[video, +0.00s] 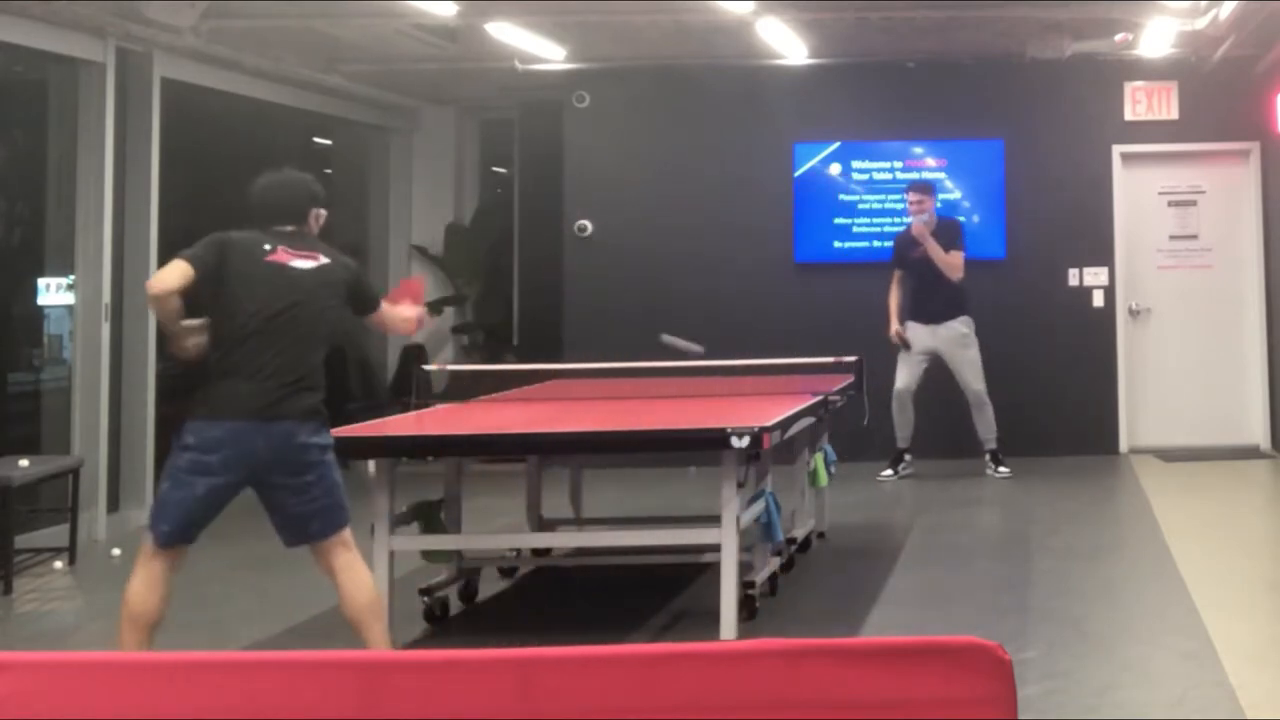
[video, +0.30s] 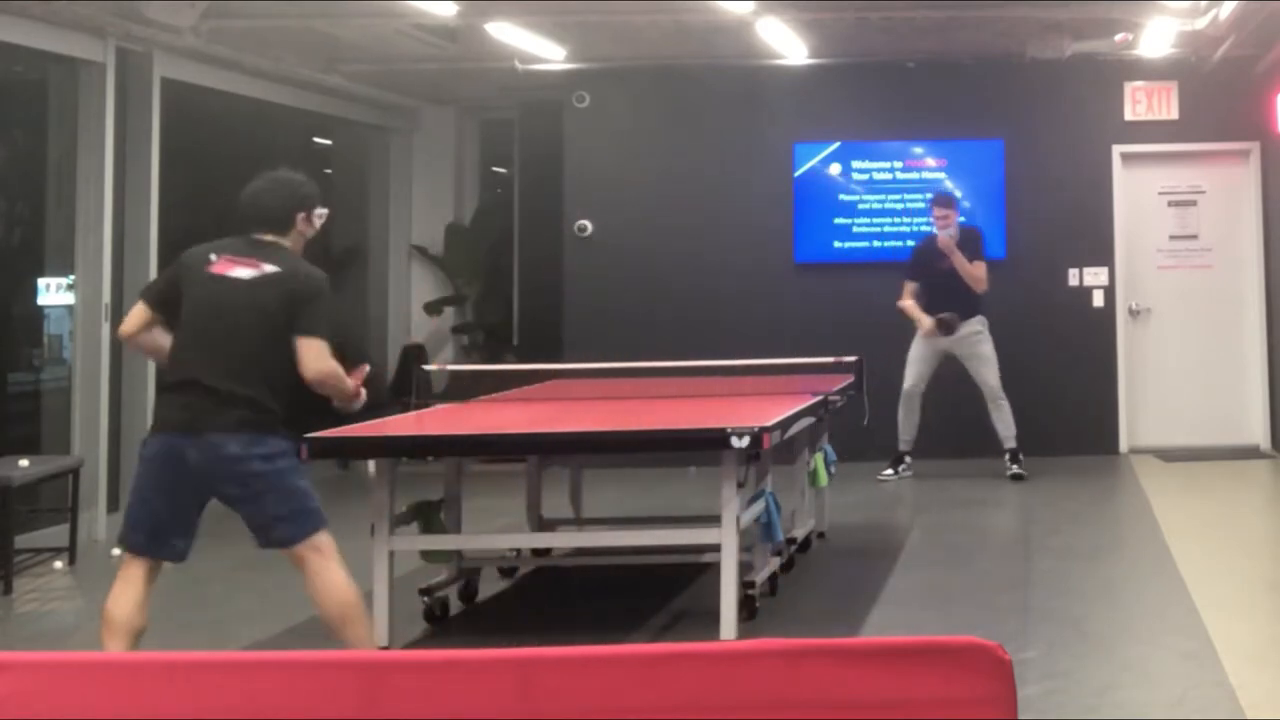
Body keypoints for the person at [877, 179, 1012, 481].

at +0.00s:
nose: (915, 208)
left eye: (920, 203)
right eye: (911, 204)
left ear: (933, 203)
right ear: (907, 205)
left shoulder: (950, 228)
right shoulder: (903, 240)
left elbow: (956, 271)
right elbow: (897, 282)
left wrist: (926, 238)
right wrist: (894, 321)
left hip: (955, 326)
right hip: (916, 328)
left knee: (977, 390)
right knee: (902, 389)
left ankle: (992, 454)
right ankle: (902, 454)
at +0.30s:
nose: (941, 223)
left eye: (946, 218)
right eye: (937, 218)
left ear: (956, 215)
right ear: (931, 217)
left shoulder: (972, 238)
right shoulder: (923, 249)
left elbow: (981, 284)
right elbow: (906, 299)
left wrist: (953, 252)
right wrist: (923, 319)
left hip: (970, 329)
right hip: (931, 331)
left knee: (993, 388)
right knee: (911, 388)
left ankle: (1013, 454)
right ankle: (903, 457)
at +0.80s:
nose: (956, 215)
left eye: (961, 209)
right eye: (951, 209)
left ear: (970, 209)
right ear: (944, 209)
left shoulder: (981, 237)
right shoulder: (932, 240)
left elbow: (983, 279)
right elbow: (909, 288)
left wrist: (964, 241)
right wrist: (928, 299)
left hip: (968, 328)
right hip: (928, 329)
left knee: (992, 386)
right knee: (900, 387)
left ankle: (1012, 455)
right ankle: (874, 454)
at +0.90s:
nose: (933, 218)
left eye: (938, 212)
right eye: (929, 213)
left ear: (948, 211)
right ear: (924, 213)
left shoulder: (962, 241)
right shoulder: (914, 247)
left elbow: (964, 283)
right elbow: (894, 293)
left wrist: (944, 245)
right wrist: (902, 309)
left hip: (958, 335)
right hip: (918, 336)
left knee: (986, 392)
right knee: (885, 390)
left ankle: (1010, 454)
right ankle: (854, 453)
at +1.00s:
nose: (901, 220)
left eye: (906, 214)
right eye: (897, 215)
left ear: (915, 214)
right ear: (892, 216)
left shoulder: (933, 245)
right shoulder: (888, 253)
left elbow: (947, 290)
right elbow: (867, 292)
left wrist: (919, 257)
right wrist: (870, 316)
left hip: (940, 341)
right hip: (900, 342)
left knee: (971, 397)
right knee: (865, 394)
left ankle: (1007, 456)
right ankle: (843, 460)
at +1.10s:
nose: (861, 218)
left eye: (866, 212)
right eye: (857, 213)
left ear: (877, 212)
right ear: (853, 216)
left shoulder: (899, 244)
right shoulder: (849, 253)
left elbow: (929, 286)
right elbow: (837, 291)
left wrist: (894, 278)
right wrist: (837, 323)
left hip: (910, 339)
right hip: (869, 340)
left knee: (949, 394)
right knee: (842, 393)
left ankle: (1001, 453)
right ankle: (833, 462)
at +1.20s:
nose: (830, 215)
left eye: (835, 209)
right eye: (826, 210)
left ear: (846, 210)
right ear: (821, 212)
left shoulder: (869, 242)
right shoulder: (819, 250)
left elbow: (903, 280)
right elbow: (810, 292)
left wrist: (879, 294)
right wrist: (808, 329)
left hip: (878, 334)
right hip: (838, 337)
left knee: (911, 390)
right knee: (828, 399)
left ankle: (953, 452)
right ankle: (829, 463)